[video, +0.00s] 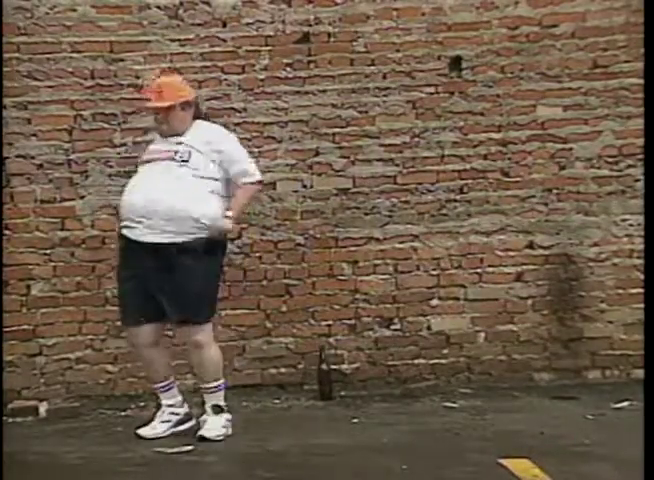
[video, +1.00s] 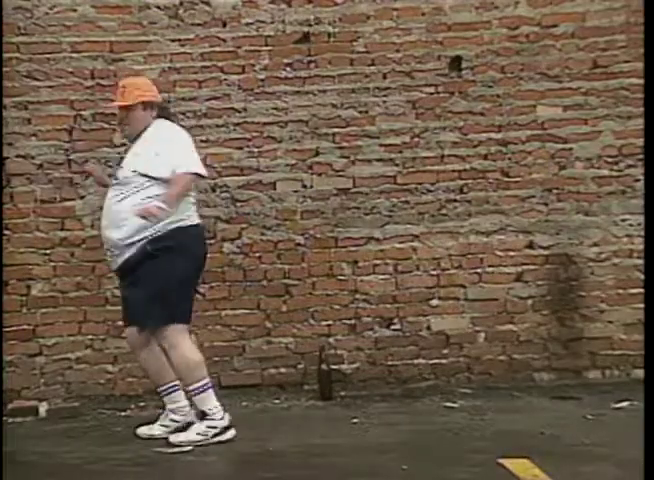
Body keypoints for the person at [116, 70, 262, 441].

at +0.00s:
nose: (156, 118)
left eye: (162, 110)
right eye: (154, 111)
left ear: (185, 107)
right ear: (157, 110)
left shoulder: (216, 137)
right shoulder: (158, 141)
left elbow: (250, 180)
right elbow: (166, 188)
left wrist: (231, 216)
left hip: (192, 248)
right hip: (140, 246)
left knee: (197, 335)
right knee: (143, 334)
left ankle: (216, 412)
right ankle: (174, 409)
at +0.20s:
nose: (164, 111)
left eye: (171, 104)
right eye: (160, 105)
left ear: (193, 105)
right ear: (156, 107)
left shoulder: (216, 140)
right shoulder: (154, 141)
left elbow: (246, 192)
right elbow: (135, 184)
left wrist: (218, 188)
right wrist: (100, 185)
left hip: (200, 252)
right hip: (146, 251)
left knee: (200, 334)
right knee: (124, 322)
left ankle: (217, 411)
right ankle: (161, 395)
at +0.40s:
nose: (146, 114)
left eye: (155, 107)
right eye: (143, 107)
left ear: (177, 111)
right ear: (139, 109)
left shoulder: (197, 141)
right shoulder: (128, 139)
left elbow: (210, 181)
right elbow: (86, 167)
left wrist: (168, 186)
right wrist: (54, 194)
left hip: (205, 256)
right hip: (148, 257)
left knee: (209, 330)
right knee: (150, 332)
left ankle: (219, 411)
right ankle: (162, 413)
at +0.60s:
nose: (134, 128)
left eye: (141, 121)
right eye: (131, 121)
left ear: (163, 119)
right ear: (128, 120)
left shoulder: (185, 142)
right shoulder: (125, 151)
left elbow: (191, 176)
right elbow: (95, 178)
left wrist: (182, 212)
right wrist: (76, 203)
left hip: (189, 259)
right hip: (136, 261)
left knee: (196, 337)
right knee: (136, 335)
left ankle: (216, 411)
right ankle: (160, 413)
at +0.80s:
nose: (124, 99)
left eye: (132, 93)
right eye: (121, 93)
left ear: (153, 88)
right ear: (121, 93)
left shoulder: (179, 117)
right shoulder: (130, 124)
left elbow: (219, 161)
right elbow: (141, 173)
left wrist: (223, 204)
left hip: (176, 223)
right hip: (135, 231)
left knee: (185, 317)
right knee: (151, 322)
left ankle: (219, 400)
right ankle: (169, 406)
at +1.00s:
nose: (120, 118)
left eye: (125, 110)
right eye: (119, 111)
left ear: (146, 108)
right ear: (134, 111)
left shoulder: (166, 133)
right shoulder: (140, 145)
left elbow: (187, 175)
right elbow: (139, 193)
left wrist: (165, 205)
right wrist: (108, 181)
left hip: (170, 243)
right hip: (141, 251)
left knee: (171, 331)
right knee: (139, 336)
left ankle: (214, 417)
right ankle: (179, 413)